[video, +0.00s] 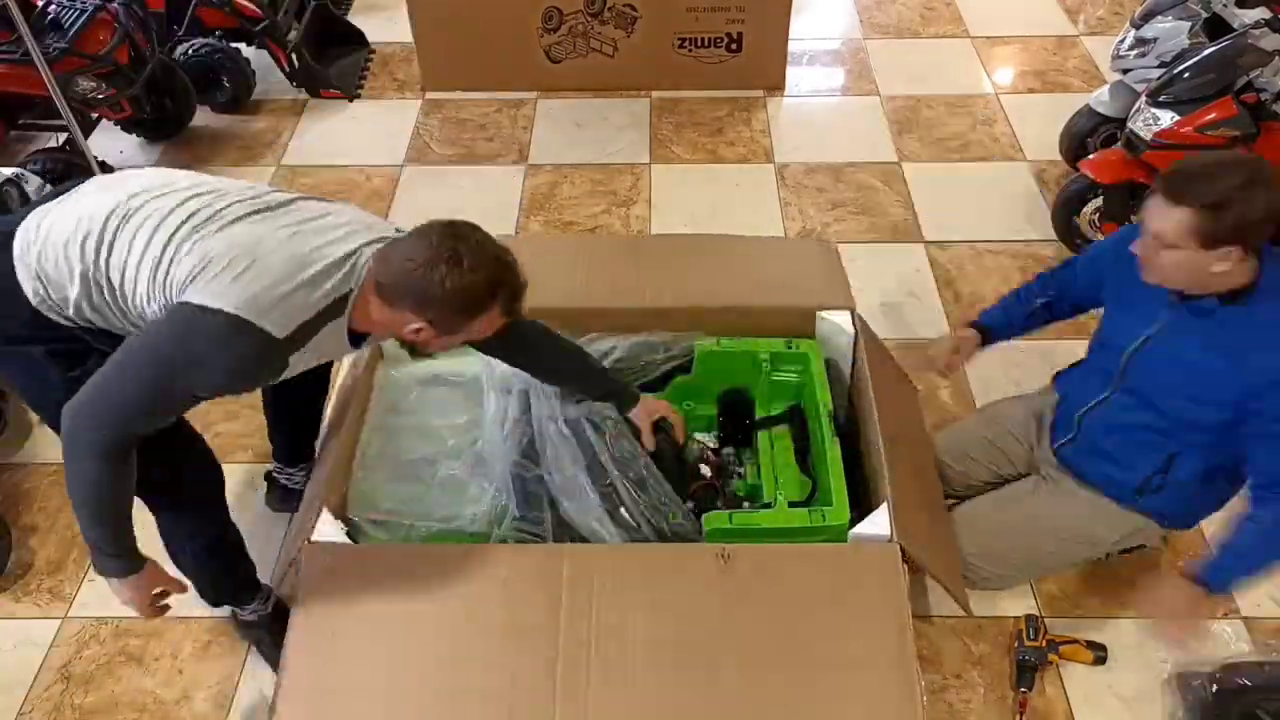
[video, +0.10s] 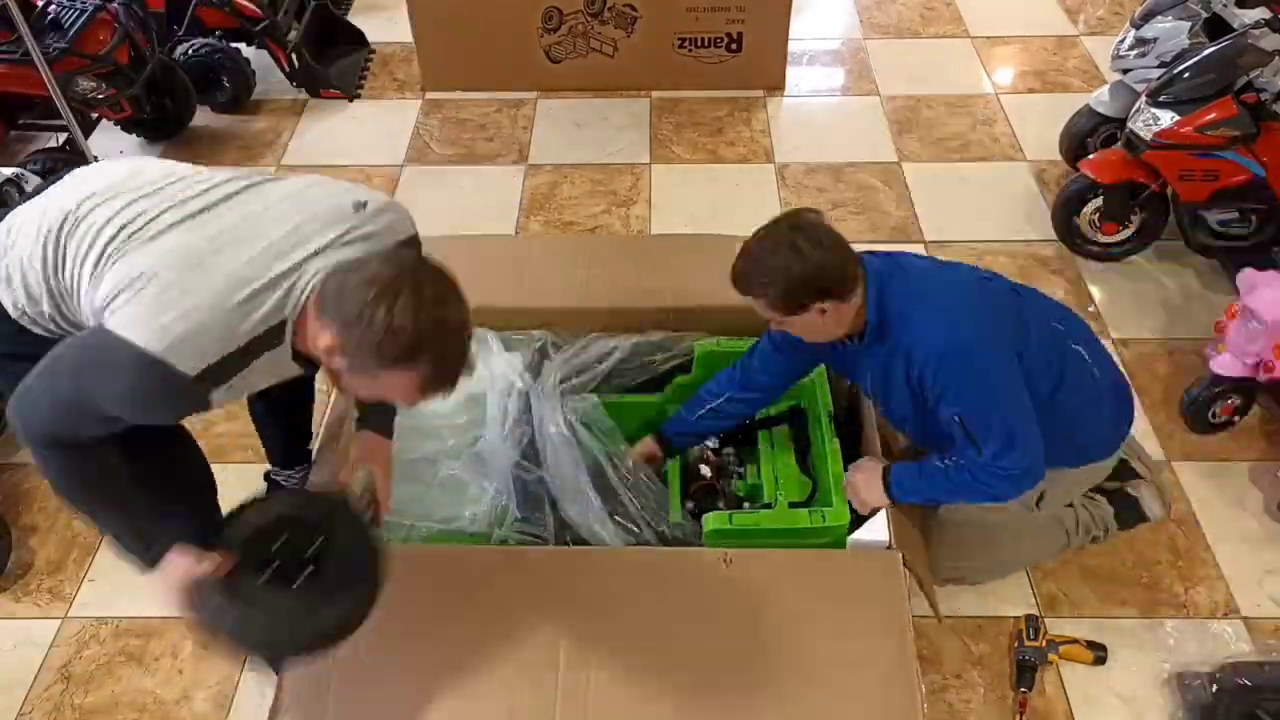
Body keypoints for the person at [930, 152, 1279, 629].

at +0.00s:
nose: (1138, 249)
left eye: (1162, 244)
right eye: (1144, 231)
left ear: (1228, 261)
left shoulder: (1264, 358)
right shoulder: (1138, 249)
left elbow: (1275, 503)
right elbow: (1061, 289)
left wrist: (1207, 580)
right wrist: (980, 330)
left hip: (1111, 498)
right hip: (1056, 414)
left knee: (954, 549)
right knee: (926, 465)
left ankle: (1119, 535)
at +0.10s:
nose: (774, 329)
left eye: (778, 318)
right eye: (769, 318)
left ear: (826, 308)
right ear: (824, 292)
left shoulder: (949, 349)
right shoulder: (846, 289)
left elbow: (1011, 474)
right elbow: (756, 377)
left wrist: (890, 480)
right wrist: (662, 441)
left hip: (1079, 428)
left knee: (955, 554)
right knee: (910, 470)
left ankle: (1113, 509)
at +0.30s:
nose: (853, 285)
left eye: (860, 275)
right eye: (850, 272)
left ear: (904, 276)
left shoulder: (959, 348)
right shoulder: (950, 230)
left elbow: (871, 445)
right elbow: (882, 302)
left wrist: (752, 477)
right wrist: (797, 350)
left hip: (1108, 462)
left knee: (939, 562)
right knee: (925, 459)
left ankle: (1118, 520)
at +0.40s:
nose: (788, 308)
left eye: (786, 300)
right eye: (781, 299)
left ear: (822, 296)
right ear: (844, 227)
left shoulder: (909, 365)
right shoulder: (887, 234)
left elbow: (915, 494)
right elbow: (858, 311)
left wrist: (794, 484)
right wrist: (807, 365)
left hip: (1083, 453)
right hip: (1076, 356)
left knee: (937, 564)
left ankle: (1111, 512)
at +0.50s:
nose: (784, 312)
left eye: (782, 304)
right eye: (778, 302)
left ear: (817, 304)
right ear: (841, 236)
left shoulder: (913, 378)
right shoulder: (879, 244)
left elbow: (902, 507)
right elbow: (847, 349)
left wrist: (786, 478)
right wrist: (787, 420)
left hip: (1083, 446)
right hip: (1067, 350)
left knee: (941, 560)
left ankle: (1112, 511)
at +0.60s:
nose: (791, 320)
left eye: (791, 312)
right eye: (785, 310)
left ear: (829, 313)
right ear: (850, 249)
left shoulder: (926, 386)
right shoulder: (882, 254)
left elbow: (902, 507)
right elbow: (825, 355)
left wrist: (783, 490)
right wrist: (750, 427)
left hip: (1088, 447)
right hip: (1071, 348)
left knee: (938, 560)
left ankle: (1109, 515)